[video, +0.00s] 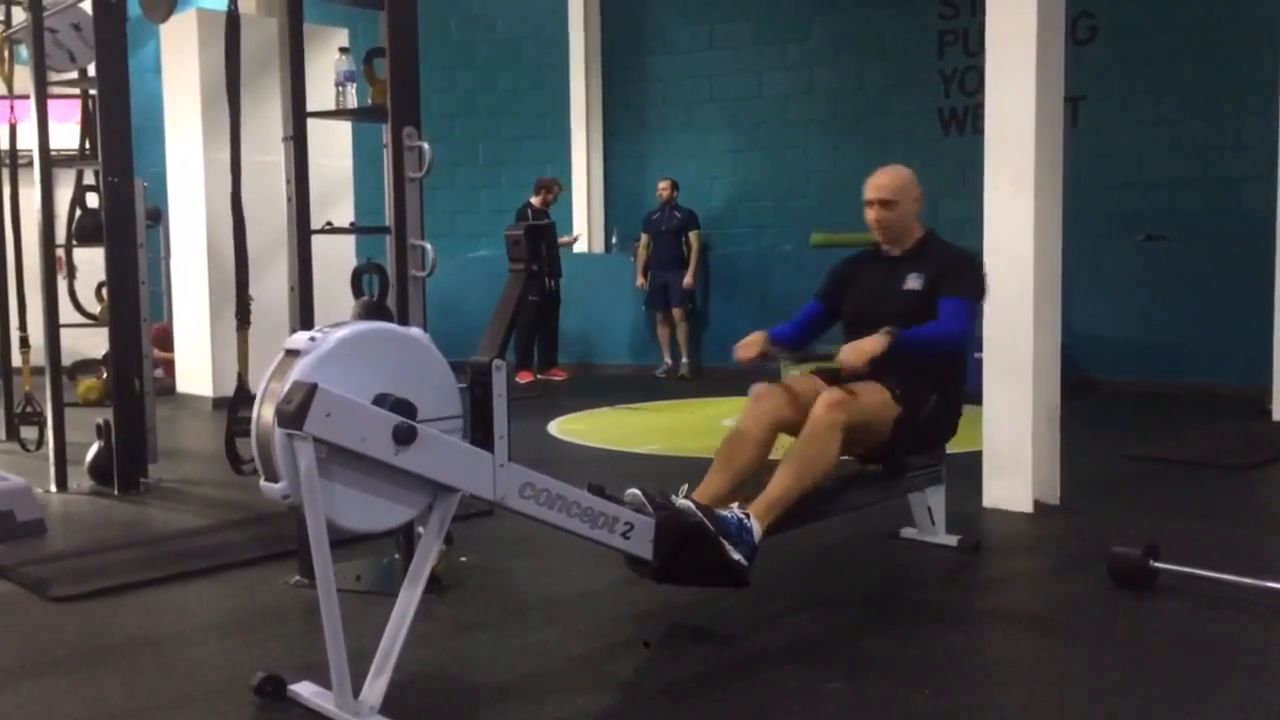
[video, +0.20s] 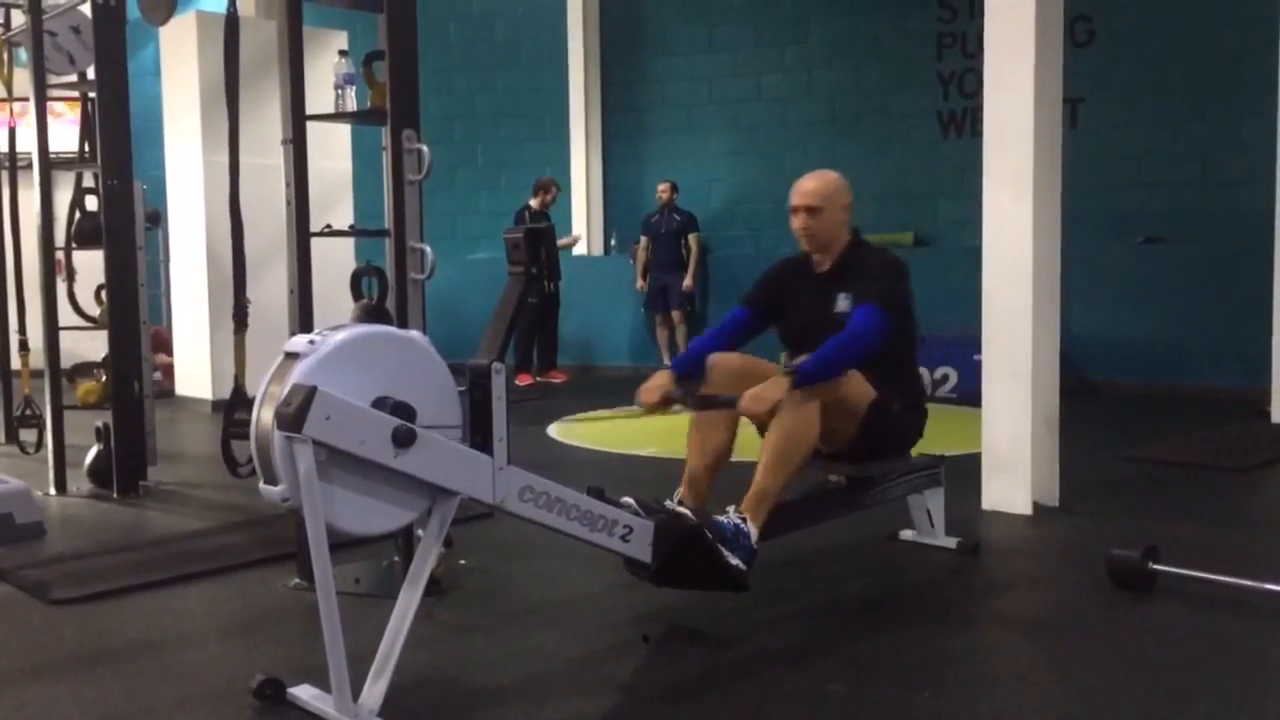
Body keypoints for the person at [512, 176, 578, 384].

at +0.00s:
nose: (555, 200)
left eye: (556, 196)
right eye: (554, 195)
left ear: (545, 194)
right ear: (543, 193)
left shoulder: (545, 214)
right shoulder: (526, 214)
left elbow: (546, 243)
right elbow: (527, 247)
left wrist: (563, 242)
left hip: (551, 278)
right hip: (532, 279)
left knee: (550, 324)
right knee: (527, 325)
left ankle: (548, 366)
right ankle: (523, 368)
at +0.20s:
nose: (554, 201)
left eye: (555, 197)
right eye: (552, 197)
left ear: (545, 196)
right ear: (541, 194)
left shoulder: (545, 217)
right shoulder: (524, 216)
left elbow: (546, 247)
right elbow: (528, 250)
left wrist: (563, 243)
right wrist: (558, 244)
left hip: (550, 281)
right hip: (531, 282)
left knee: (549, 328)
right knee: (527, 328)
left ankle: (547, 368)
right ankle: (523, 371)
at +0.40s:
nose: (553, 202)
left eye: (554, 198)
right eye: (551, 197)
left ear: (546, 198)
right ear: (540, 196)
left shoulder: (546, 219)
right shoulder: (523, 218)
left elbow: (546, 250)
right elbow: (527, 252)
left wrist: (562, 246)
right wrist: (557, 245)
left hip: (550, 283)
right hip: (531, 284)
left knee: (549, 330)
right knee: (526, 331)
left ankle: (547, 370)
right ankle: (523, 373)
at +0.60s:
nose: (553, 203)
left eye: (554, 199)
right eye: (551, 199)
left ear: (546, 199)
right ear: (540, 197)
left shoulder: (547, 221)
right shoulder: (524, 219)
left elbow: (547, 252)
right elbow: (527, 252)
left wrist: (564, 245)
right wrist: (558, 244)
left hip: (551, 285)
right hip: (531, 286)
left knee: (550, 331)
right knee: (527, 333)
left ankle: (548, 372)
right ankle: (523, 375)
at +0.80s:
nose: (554, 204)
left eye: (555, 200)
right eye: (552, 199)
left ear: (546, 199)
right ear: (540, 197)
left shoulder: (548, 222)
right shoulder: (524, 221)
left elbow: (550, 253)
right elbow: (528, 253)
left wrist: (566, 245)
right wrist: (559, 243)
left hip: (552, 284)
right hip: (532, 286)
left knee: (551, 331)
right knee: (528, 332)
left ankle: (548, 373)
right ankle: (523, 376)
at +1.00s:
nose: (557, 205)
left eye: (558, 201)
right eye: (554, 200)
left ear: (548, 200)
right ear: (543, 199)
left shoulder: (550, 223)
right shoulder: (526, 222)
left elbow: (552, 254)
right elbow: (531, 253)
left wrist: (567, 245)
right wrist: (560, 243)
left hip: (554, 284)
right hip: (535, 285)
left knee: (553, 331)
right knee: (530, 333)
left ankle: (549, 374)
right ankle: (524, 377)